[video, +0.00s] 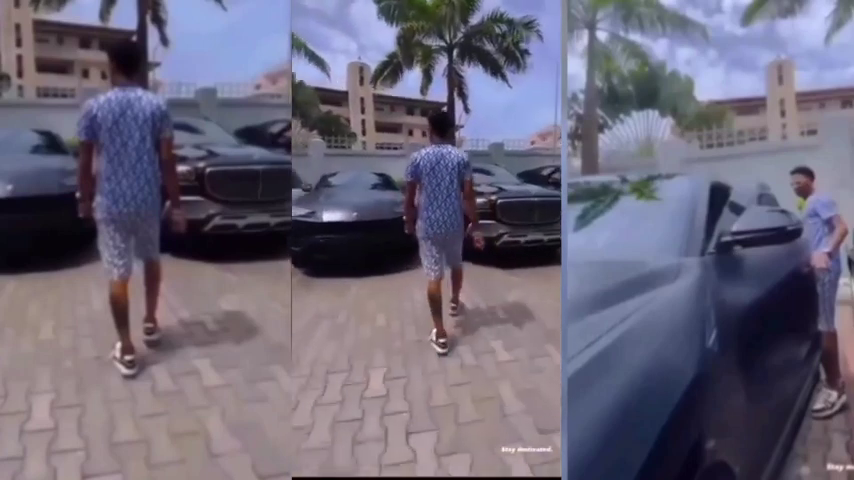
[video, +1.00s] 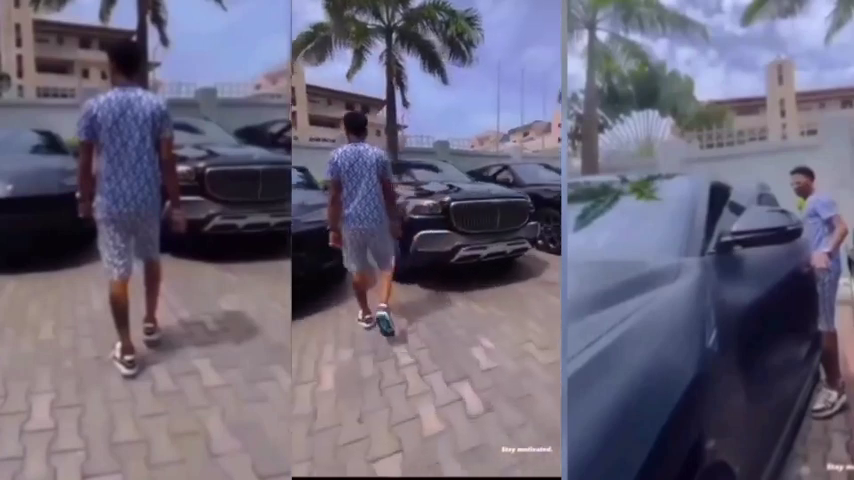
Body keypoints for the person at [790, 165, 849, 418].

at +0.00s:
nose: (796, 188)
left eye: (799, 183)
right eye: (794, 185)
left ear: (811, 181)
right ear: (796, 185)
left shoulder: (821, 201)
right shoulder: (808, 206)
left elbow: (841, 228)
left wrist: (827, 252)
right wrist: (809, 256)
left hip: (825, 269)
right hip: (814, 269)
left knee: (825, 327)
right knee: (821, 327)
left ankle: (835, 388)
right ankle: (831, 385)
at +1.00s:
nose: (796, 188)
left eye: (799, 183)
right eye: (794, 185)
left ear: (811, 181)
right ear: (796, 185)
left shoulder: (821, 201)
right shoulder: (808, 206)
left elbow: (841, 228)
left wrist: (827, 252)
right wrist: (809, 256)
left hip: (825, 268)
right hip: (814, 269)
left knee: (825, 327)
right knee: (821, 327)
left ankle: (835, 388)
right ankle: (831, 385)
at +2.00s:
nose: (796, 188)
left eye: (799, 183)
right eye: (794, 185)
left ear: (811, 181)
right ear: (796, 185)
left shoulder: (821, 201)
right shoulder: (808, 206)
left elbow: (841, 228)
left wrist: (827, 252)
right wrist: (809, 256)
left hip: (825, 269)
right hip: (814, 269)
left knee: (825, 328)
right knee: (821, 327)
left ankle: (835, 388)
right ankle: (831, 385)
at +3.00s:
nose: (796, 188)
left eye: (799, 183)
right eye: (794, 185)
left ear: (811, 181)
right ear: (796, 185)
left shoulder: (821, 201)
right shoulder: (808, 206)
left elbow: (841, 228)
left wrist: (827, 252)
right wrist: (809, 256)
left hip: (825, 269)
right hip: (814, 269)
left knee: (825, 328)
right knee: (821, 327)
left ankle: (835, 388)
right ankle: (831, 385)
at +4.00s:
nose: (796, 187)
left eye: (799, 183)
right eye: (793, 184)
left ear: (811, 181)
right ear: (797, 185)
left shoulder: (821, 201)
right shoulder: (809, 205)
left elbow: (842, 227)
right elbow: (820, 234)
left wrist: (827, 253)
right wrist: (810, 255)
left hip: (825, 268)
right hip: (815, 268)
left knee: (825, 327)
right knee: (822, 327)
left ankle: (834, 388)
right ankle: (830, 385)